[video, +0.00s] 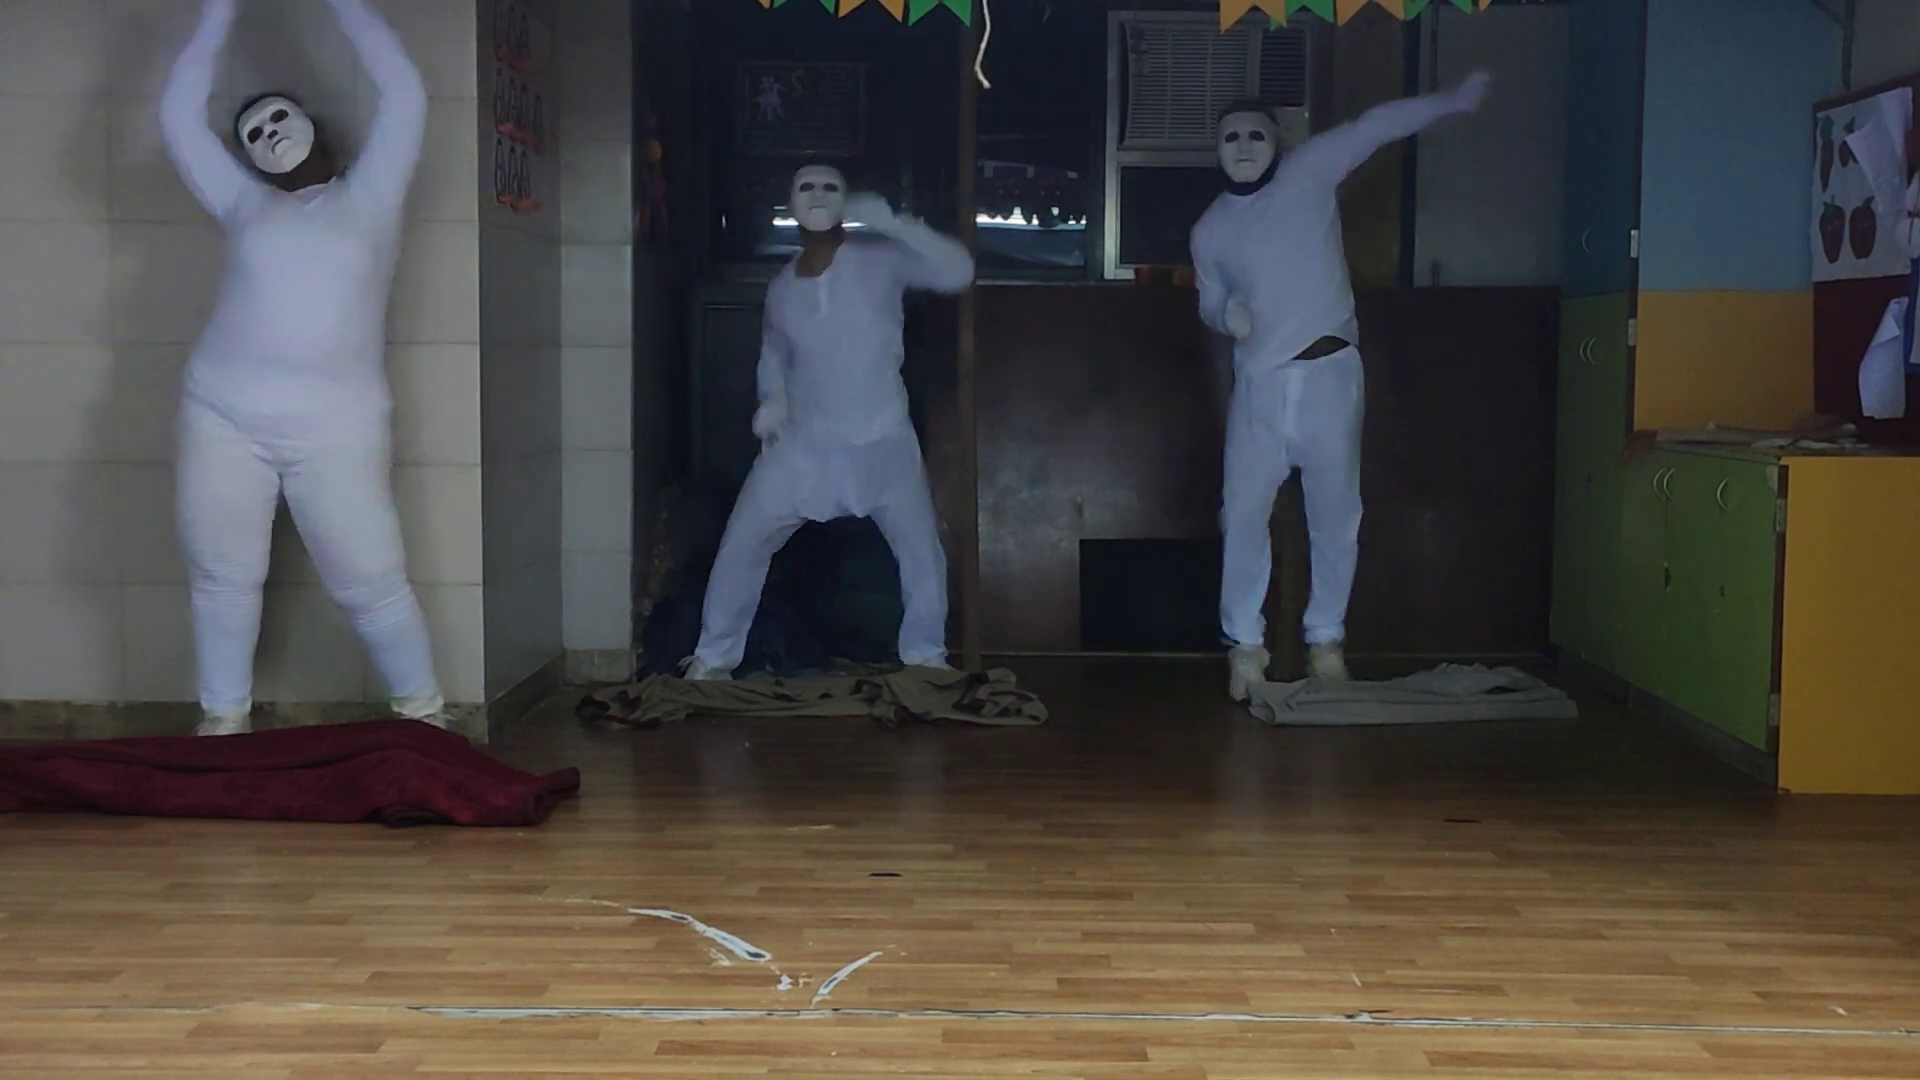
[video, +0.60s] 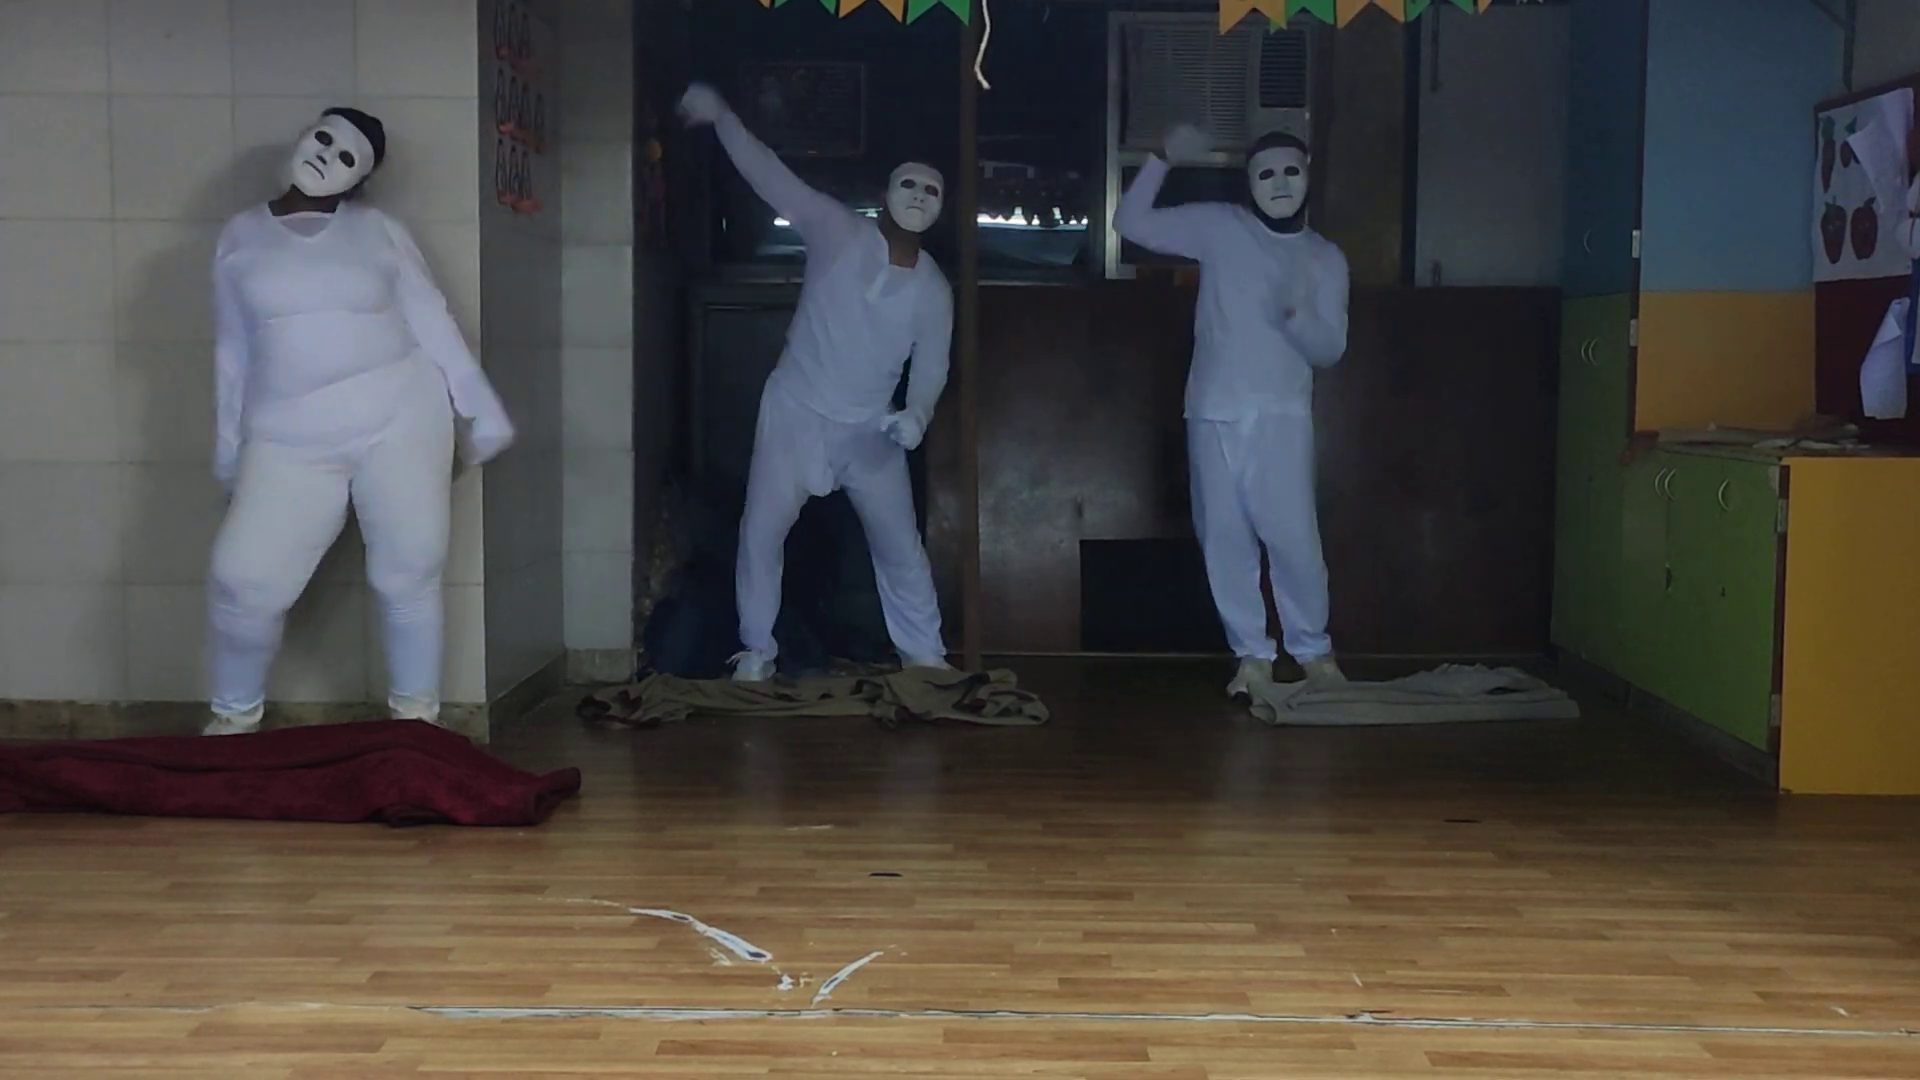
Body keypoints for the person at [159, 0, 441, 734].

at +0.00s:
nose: (270, 129)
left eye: (279, 114)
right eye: (256, 129)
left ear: (312, 120)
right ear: (249, 154)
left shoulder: (367, 199)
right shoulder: (245, 206)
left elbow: (403, 94)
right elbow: (180, 117)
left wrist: (349, 9)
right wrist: (216, 19)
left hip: (336, 424)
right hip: (226, 421)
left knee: (372, 583)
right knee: (224, 580)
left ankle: (424, 719)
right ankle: (222, 726)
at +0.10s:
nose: (270, 140)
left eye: (278, 125)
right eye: (253, 138)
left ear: (309, 131)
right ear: (242, 161)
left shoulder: (363, 202)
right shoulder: (235, 213)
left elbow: (413, 102)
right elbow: (166, 133)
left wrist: (322, 47)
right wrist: (220, 41)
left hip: (328, 431)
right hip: (219, 424)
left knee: (368, 584)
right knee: (222, 579)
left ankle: (423, 718)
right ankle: (222, 724)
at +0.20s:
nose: (275, 118)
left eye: (285, 104)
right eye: (258, 115)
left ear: (317, 111)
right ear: (245, 135)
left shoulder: (368, 188)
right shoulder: (229, 192)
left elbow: (457, 117)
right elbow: (129, 135)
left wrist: (419, 14)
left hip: (338, 413)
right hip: (231, 411)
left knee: (376, 567)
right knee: (232, 568)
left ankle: (430, 714)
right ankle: (222, 725)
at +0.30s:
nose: (297, 105)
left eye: (313, 95)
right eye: (284, 93)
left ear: (336, 112)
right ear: (262, 106)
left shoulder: (374, 182)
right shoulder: (225, 177)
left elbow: (483, 159)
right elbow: (115, 173)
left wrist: (562, 103)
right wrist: (18, 167)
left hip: (362, 396)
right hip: (251, 398)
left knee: (388, 559)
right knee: (239, 565)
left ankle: (420, 716)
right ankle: (221, 720)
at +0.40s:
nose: (319, 130)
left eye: (339, 127)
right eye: (313, 114)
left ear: (357, 147)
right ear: (289, 118)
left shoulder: (376, 203)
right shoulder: (227, 201)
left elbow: (472, 258)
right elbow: (146, 274)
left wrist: (563, 292)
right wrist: (52, 318)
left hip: (383, 411)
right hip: (275, 417)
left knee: (393, 563)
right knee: (237, 565)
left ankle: (415, 711)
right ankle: (226, 717)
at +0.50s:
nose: (333, 161)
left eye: (352, 163)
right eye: (330, 144)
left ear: (363, 183)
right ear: (304, 143)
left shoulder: (377, 239)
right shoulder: (244, 237)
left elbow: (429, 338)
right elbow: (217, 341)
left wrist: (462, 431)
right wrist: (182, 436)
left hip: (395, 428)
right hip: (290, 442)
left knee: (407, 578)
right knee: (239, 580)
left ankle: (414, 715)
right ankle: (231, 716)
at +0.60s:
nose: (326, 158)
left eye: (345, 160)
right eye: (322, 142)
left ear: (357, 180)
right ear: (299, 142)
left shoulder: (380, 233)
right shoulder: (242, 239)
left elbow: (434, 325)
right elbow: (232, 350)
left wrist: (485, 413)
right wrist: (228, 445)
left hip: (399, 421)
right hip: (292, 434)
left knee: (409, 574)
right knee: (243, 578)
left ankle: (414, 713)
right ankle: (235, 714)